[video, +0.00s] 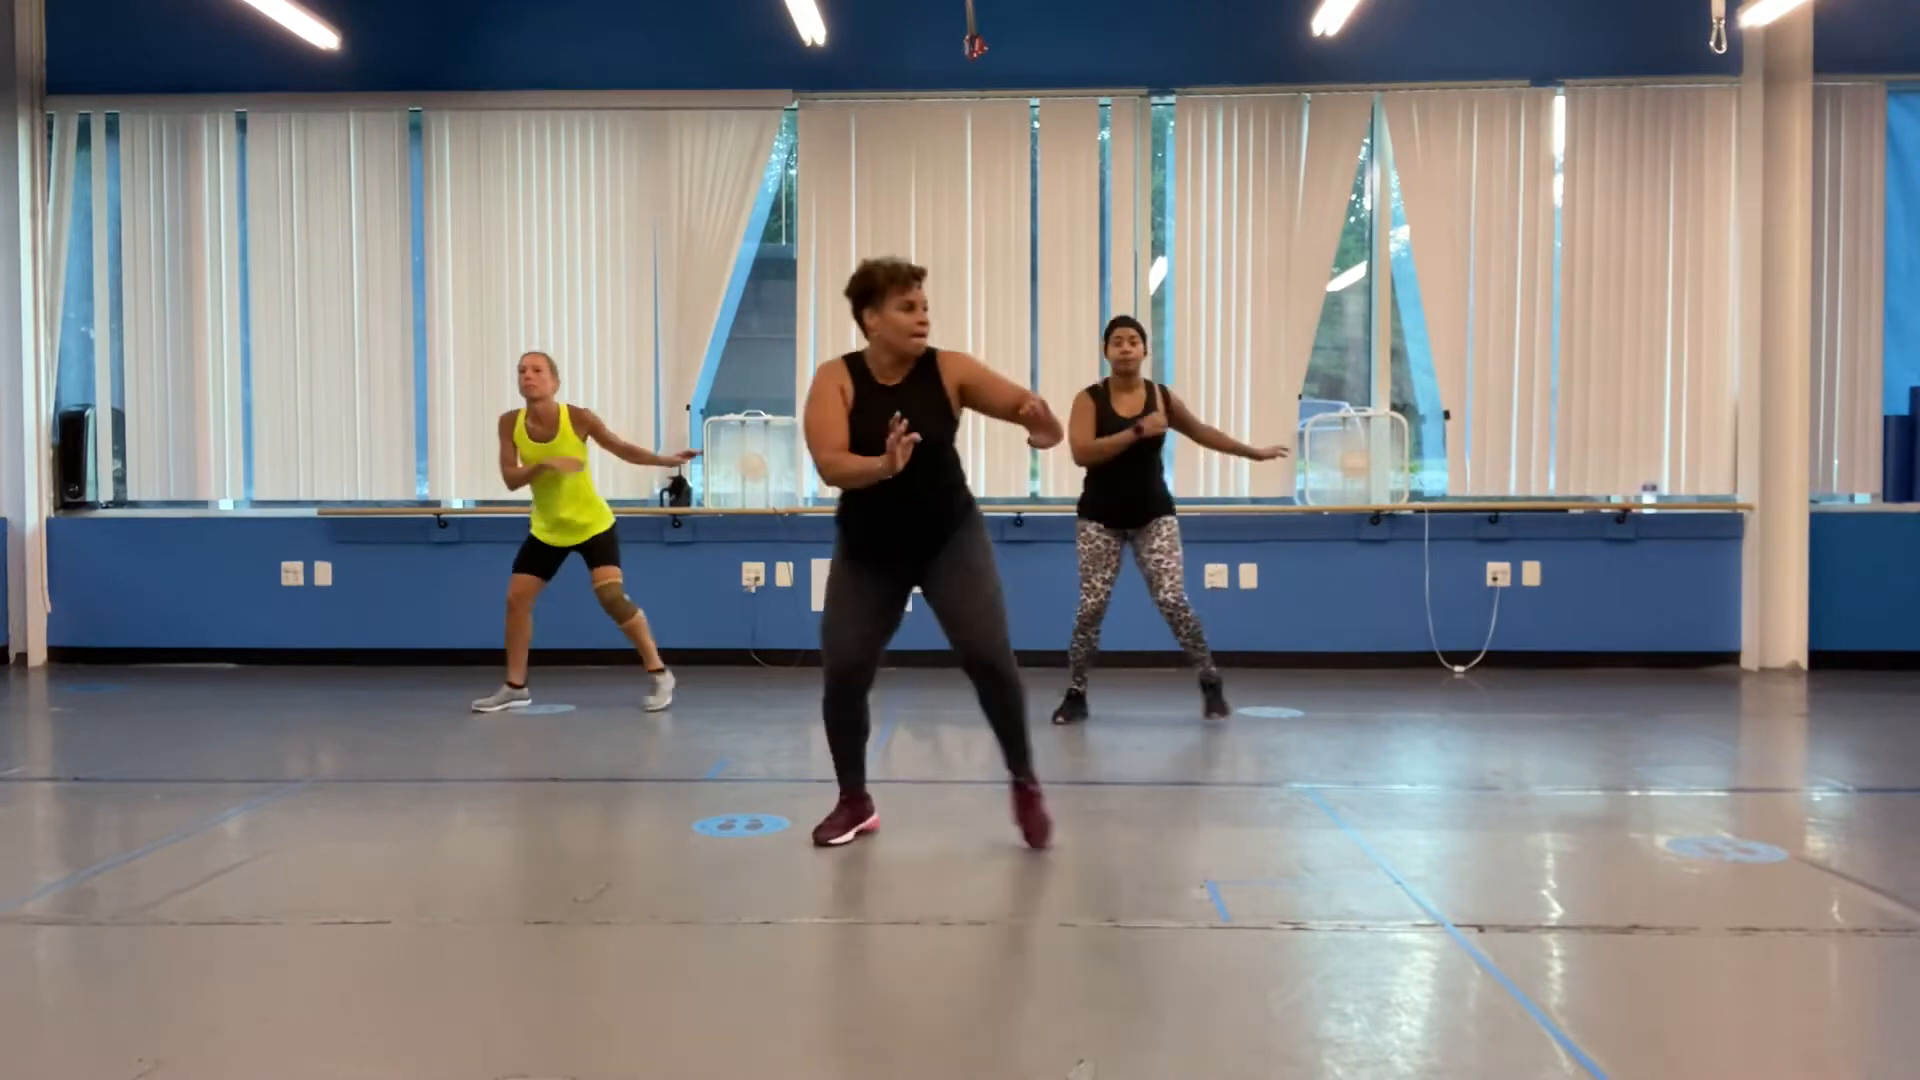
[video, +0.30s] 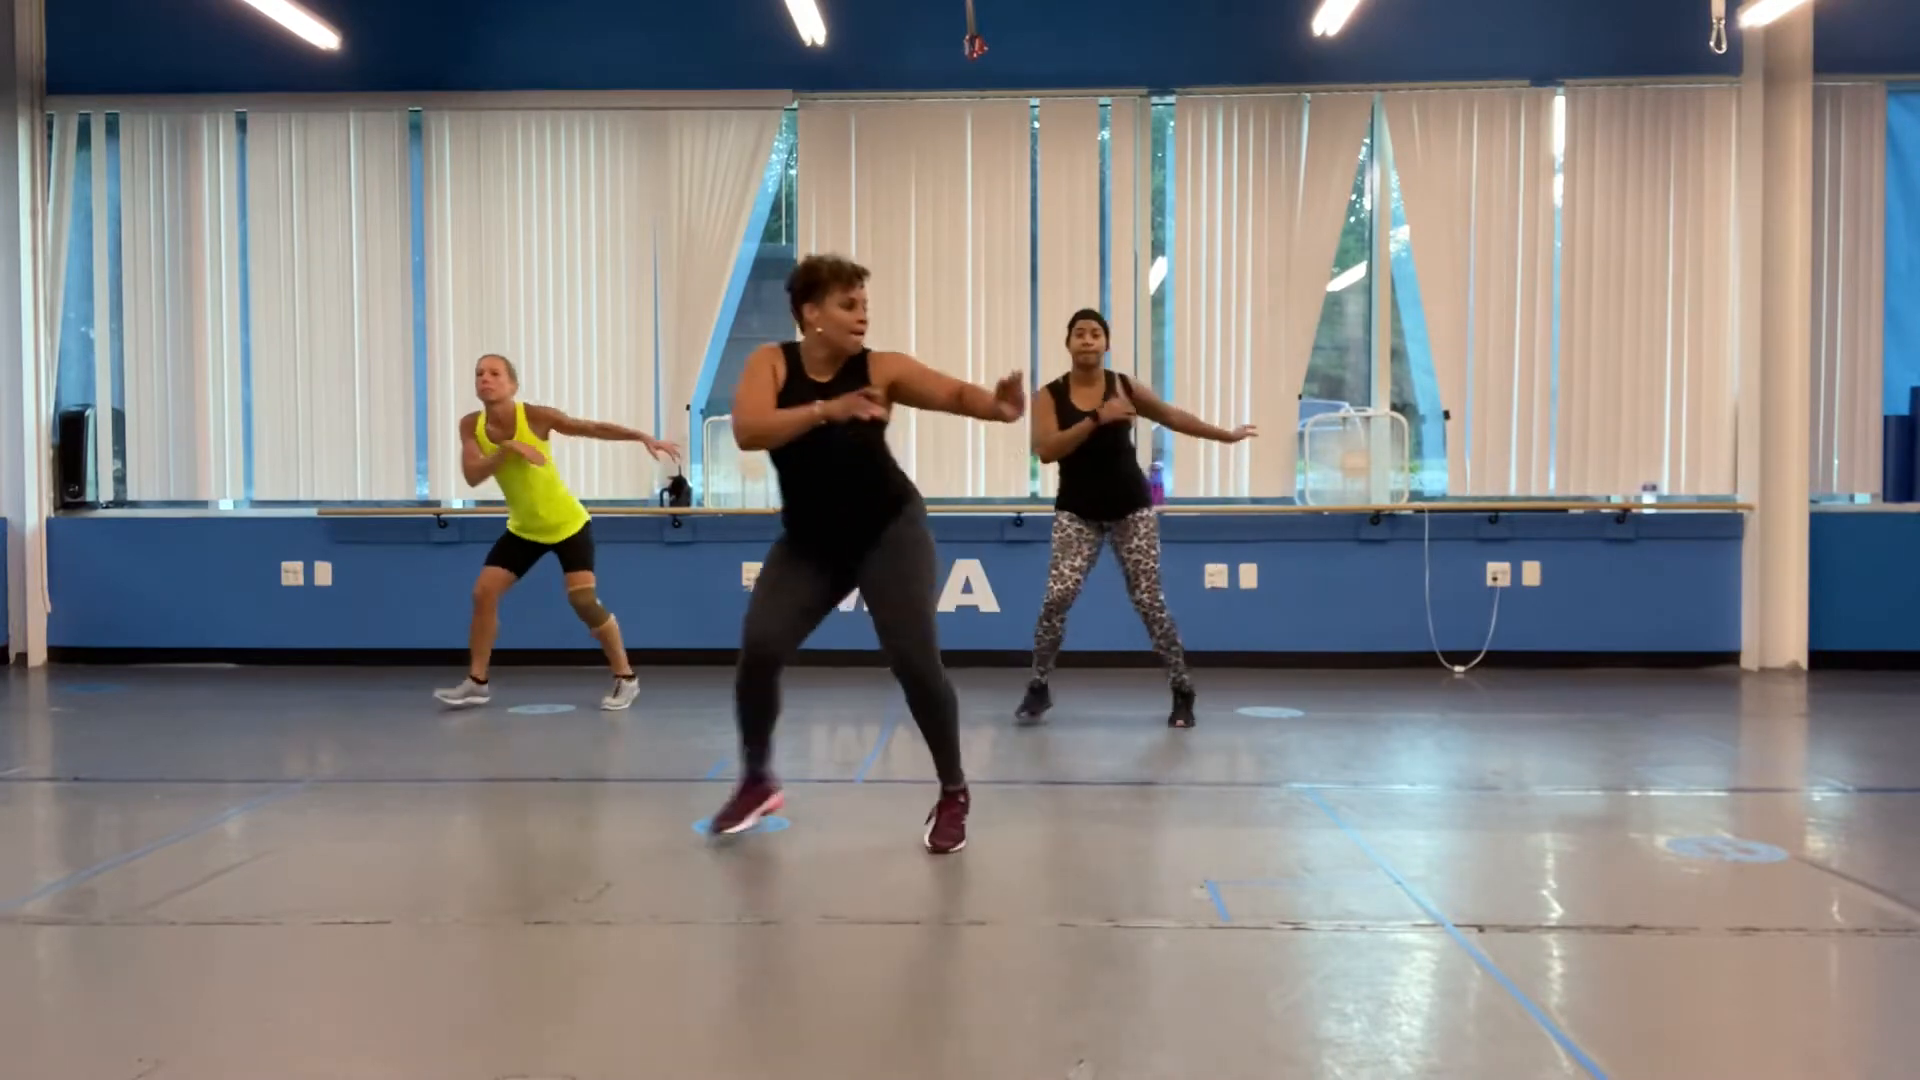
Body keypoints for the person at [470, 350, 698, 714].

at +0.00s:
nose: (527, 376)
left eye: (536, 371)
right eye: (522, 371)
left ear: (554, 380)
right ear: (518, 382)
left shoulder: (579, 418)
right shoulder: (510, 423)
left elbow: (622, 449)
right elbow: (511, 479)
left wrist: (664, 460)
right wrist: (545, 465)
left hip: (592, 521)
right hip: (547, 526)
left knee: (611, 597)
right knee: (517, 597)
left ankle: (660, 673)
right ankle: (515, 687)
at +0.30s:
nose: (484, 379)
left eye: (493, 374)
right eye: (480, 375)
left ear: (512, 385)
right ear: (475, 386)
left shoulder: (538, 417)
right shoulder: (472, 424)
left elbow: (591, 428)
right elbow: (472, 476)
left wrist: (645, 438)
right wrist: (509, 448)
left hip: (567, 523)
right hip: (524, 527)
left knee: (584, 602)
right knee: (484, 592)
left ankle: (626, 679)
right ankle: (477, 682)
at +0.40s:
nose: (471, 383)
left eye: (480, 378)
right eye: (467, 378)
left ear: (499, 388)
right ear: (462, 389)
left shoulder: (523, 420)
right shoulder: (457, 426)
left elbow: (578, 431)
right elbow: (453, 476)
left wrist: (624, 440)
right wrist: (484, 443)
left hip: (548, 524)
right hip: (504, 530)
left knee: (569, 603)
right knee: (470, 599)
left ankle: (625, 672)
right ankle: (467, 687)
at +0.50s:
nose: (465, 385)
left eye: (473, 380)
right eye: (460, 380)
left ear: (492, 390)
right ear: (455, 391)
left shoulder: (517, 426)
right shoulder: (447, 435)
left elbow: (557, 454)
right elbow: (442, 490)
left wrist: (597, 475)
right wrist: (477, 459)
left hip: (537, 527)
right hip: (493, 532)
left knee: (545, 603)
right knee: (458, 599)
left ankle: (585, 660)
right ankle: (465, 687)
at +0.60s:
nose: (468, 383)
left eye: (477, 378)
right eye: (463, 379)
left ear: (495, 387)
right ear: (458, 390)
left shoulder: (522, 430)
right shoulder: (449, 435)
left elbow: (544, 477)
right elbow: (439, 490)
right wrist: (465, 501)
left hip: (533, 527)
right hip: (487, 530)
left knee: (544, 607)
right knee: (451, 599)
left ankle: (555, 666)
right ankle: (464, 687)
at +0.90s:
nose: (510, 382)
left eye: (518, 375)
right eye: (504, 378)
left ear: (536, 382)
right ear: (500, 388)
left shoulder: (566, 419)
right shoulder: (497, 430)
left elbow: (591, 469)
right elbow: (474, 460)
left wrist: (538, 476)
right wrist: (435, 474)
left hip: (565, 525)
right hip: (517, 525)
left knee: (592, 598)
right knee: (482, 604)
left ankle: (605, 684)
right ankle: (449, 677)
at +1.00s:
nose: (519, 383)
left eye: (527, 377)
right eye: (512, 379)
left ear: (545, 384)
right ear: (508, 388)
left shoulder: (575, 420)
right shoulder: (506, 436)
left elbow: (610, 469)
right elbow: (501, 486)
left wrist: (568, 485)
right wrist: (450, 488)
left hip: (576, 524)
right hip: (530, 525)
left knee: (603, 598)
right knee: (501, 605)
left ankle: (606, 684)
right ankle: (493, 673)